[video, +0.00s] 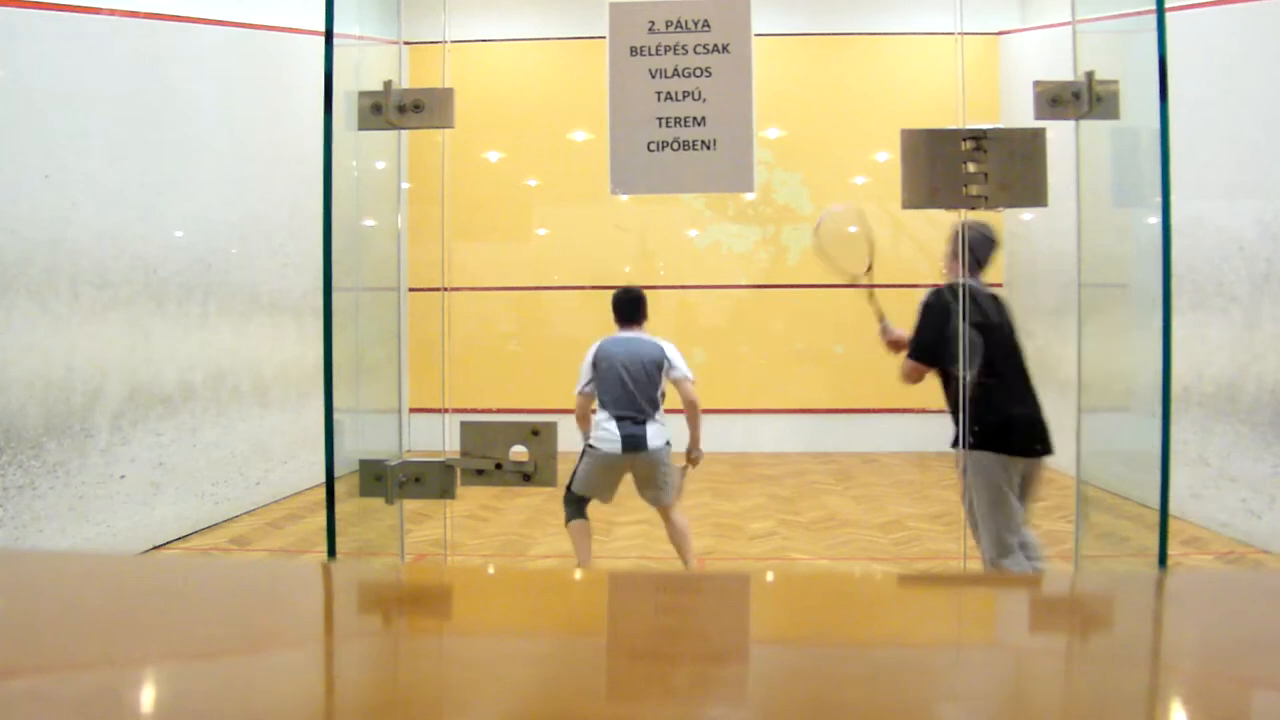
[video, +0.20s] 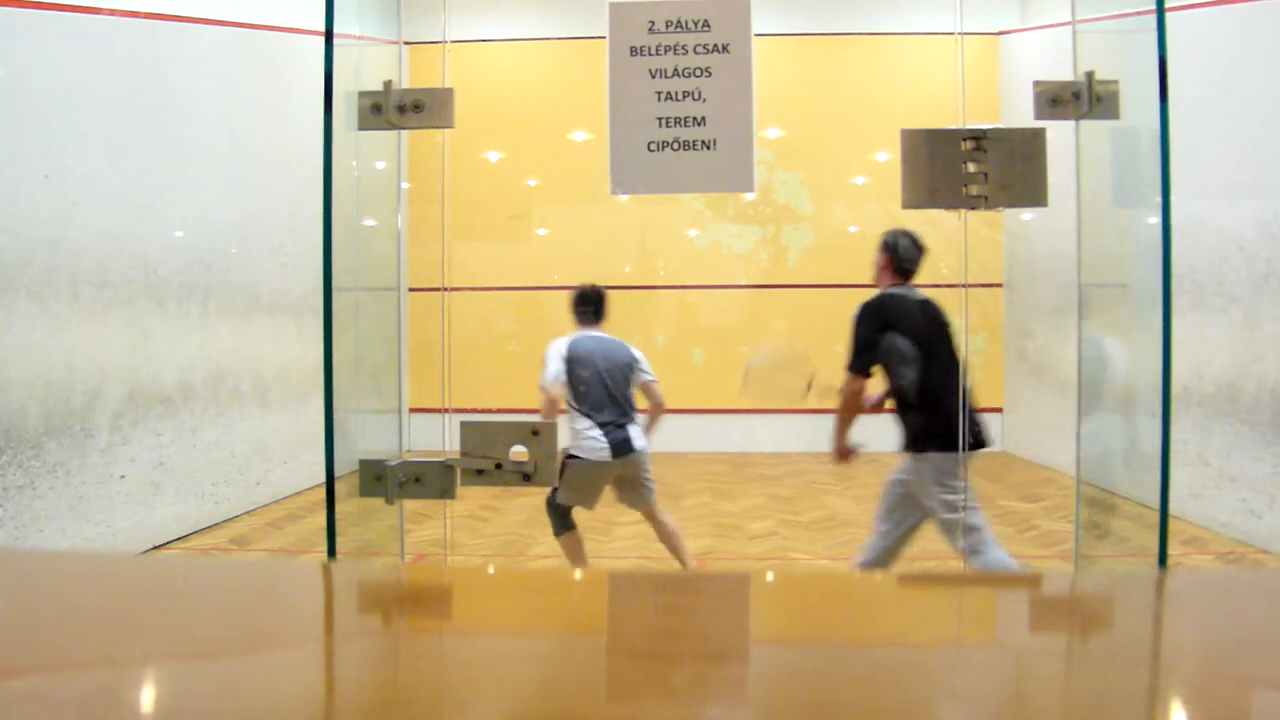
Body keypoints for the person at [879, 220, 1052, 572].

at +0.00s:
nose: (943, 253)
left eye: (947, 247)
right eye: (948, 246)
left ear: (952, 252)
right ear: (983, 258)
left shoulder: (943, 300)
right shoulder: (992, 302)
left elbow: (913, 372)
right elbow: (963, 348)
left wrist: (912, 341)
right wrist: (907, 343)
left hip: (987, 440)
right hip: (1028, 438)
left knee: (1000, 546)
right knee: (1012, 530)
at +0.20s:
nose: (875, 260)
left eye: (879, 254)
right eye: (878, 254)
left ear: (884, 261)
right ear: (912, 267)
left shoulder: (876, 310)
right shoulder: (926, 308)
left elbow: (854, 384)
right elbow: (925, 371)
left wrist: (840, 439)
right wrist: (882, 398)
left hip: (931, 437)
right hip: (954, 432)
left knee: (965, 527)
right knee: (900, 502)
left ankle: (1014, 591)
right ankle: (864, 577)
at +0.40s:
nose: (818, 256)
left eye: (822, 249)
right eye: (821, 249)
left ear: (832, 254)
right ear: (854, 258)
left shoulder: (826, 303)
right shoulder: (873, 301)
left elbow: (812, 376)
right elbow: (898, 367)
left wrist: (791, 432)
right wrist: (859, 394)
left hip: (853, 433)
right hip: (884, 429)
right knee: (847, 522)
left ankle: (924, 574)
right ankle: (843, 606)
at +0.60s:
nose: (759, 250)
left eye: (764, 242)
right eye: (761, 242)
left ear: (781, 245)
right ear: (793, 248)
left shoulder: (776, 291)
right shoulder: (819, 292)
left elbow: (764, 359)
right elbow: (826, 362)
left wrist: (734, 419)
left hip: (791, 424)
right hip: (832, 423)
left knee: (742, 499)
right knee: (837, 511)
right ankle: (858, 589)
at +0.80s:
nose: (701, 256)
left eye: (706, 249)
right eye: (701, 249)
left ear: (728, 250)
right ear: (732, 252)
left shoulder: (718, 296)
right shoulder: (761, 298)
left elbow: (696, 365)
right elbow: (777, 360)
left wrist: (669, 418)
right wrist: (757, 401)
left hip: (719, 426)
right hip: (760, 426)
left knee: (687, 517)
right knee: (768, 505)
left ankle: (682, 602)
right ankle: (823, 570)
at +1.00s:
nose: (647, 254)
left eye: (652, 246)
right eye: (647, 247)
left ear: (677, 245)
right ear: (681, 247)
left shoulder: (662, 291)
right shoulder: (713, 292)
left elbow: (641, 355)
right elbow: (736, 353)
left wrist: (616, 407)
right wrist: (726, 400)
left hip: (669, 409)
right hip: (706, 410)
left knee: (670, 497)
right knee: (671, 492)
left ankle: (687, 577)